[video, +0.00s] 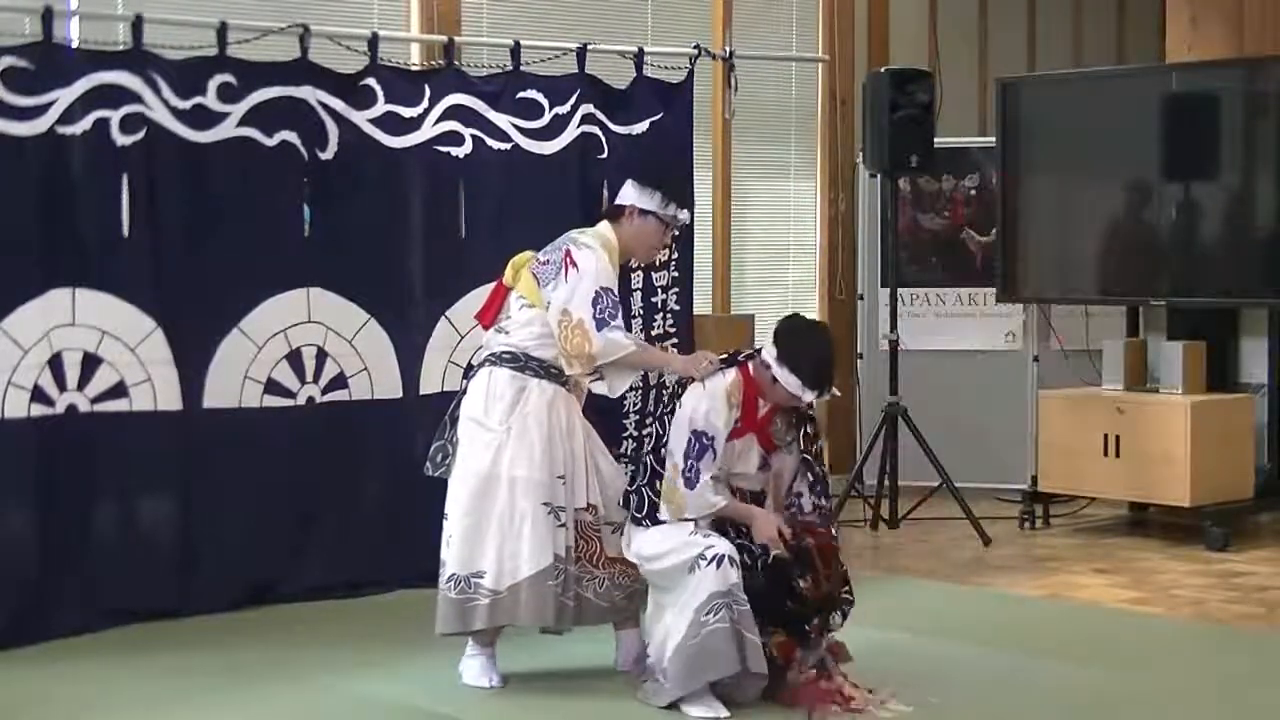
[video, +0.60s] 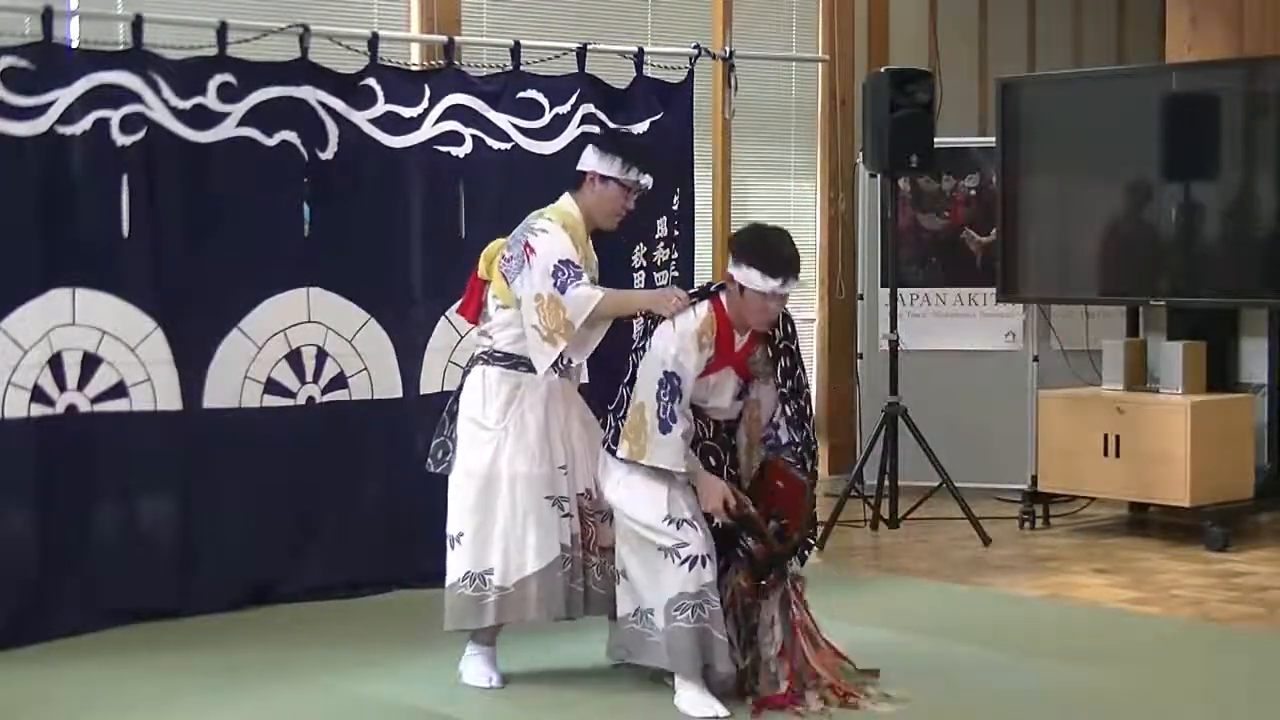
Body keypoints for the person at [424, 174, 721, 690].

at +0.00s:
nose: (666, 247)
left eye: (670, 236)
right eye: (665, 232)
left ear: (631, 218)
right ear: (632, 215)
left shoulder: (592, 257)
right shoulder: (588, 256)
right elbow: (599, 342)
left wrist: (651, 359)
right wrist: (678, 363)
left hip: (548, 403)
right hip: (512, 398)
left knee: (609, 510)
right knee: (504, 520)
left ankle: (631, 649)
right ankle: (480, 651)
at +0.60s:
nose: (631, 204)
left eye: (635, 194)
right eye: (626, 190)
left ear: (598, 187)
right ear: (593, 181)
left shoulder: (576, 242)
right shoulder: (550, 232)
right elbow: (572, 301)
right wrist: (648, 300)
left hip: (548, 394)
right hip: (506, 393)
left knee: (615, 497)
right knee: (498, 515)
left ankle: (639, 633)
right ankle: (481, 646)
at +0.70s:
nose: (627, 195)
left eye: (630, 185)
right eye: (620, 182)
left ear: (597, 180)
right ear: (587, 173)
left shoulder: (584, 243)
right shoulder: (545, 226)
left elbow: (565, 334)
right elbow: (565, 291)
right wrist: (644, 281)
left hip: (557, 392)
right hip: (512, 392)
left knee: (625, 492)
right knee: (503, 516)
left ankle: (641, 624)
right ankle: (481, 646)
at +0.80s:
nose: (630, 186)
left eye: (634, 176)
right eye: (623, 173)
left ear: (603, 174)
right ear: (589, 166)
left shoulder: (590, 233)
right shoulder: (550, 222)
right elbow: (563, 284)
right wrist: (636, 260)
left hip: (574, 390)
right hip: (525, 391)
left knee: (621, 499)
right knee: (511, 514)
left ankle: (644, 623)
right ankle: (480, 645)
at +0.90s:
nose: (639, 180)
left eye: (643, 170)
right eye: (631, 167)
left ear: (631, 173)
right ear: (598, 161)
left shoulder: (612, 227)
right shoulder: (562, 219)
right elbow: (564, 281)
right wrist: (627, 246)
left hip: (601, 385)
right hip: (544, 386)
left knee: (637, 499)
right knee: (522, 510)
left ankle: (662, 625)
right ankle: (480, 647)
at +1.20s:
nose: (680, 168)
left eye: (684, 158)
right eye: (672, 154)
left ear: (686, 170)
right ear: (645, 165)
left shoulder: (688, 220)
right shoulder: (603, 214)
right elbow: (575, 262)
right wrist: (621, 211)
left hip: (658, 378)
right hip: (594, 377)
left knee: (672, 502)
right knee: (562, 504)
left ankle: (679, 630)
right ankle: (510, 640)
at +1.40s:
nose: (707, 180)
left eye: (719, 168)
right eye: (695, 167)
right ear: (662, 169)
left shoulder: (703, 226)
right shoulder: (605, 235)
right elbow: (591, 263)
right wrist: (635, 219)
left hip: (668, 383)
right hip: (603, 381)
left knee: (672, 510)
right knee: (566, 509)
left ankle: (669, 628)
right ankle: (511, 638)